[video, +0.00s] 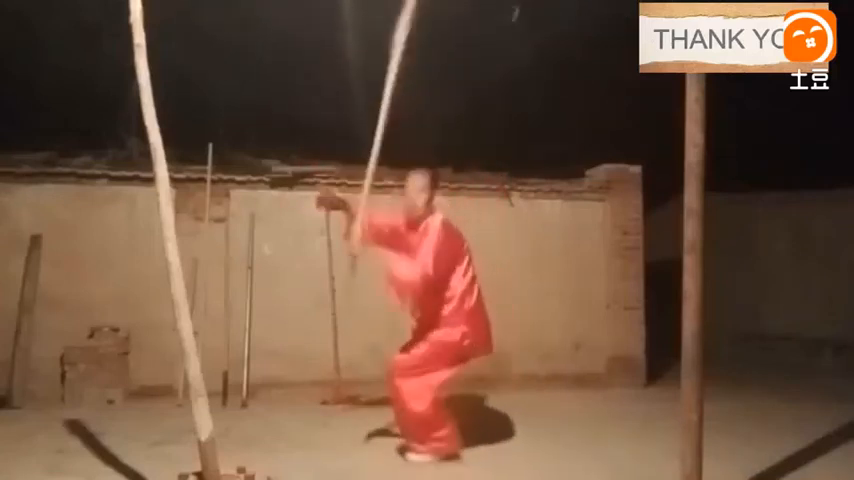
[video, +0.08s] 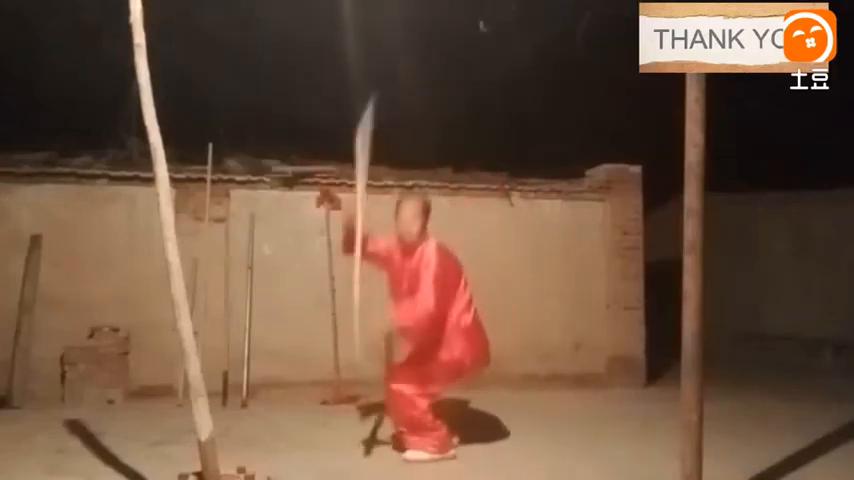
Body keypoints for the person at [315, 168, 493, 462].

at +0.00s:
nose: (416, 199)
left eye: (422, 191)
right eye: (411, 191)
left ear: (433, 195)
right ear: (403, 194)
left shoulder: (439, 230)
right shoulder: (411, 228)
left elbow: (423, 279)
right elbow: (371, 227)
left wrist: (386, 258)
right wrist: (343, 205)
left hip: (462, 332)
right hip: (439, 327)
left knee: (406, 369)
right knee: (401, 365)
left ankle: (439, 443)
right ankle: (420, 435)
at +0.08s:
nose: (406, 226)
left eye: (413, 220)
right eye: (402, 219)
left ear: (425, 222)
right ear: (395, 220)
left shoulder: (433, 255)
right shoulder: (395, 251)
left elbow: (428, 306)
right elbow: (359, 246)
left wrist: (393, 322)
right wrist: (343, 214)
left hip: (459, 345)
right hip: (435, 341)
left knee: (403, 384)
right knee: (397, 378)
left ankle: (435, 441)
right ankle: (416, 435)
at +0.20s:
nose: (403, 241)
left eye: (410, 235)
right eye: (399, 234)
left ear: (421, 237)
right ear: (392, 236)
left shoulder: (430, 270)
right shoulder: (393, 266)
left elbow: (426, 323)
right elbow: (366, 266)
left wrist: (396, 353)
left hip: (455, 349)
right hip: (431, 345)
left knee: (402, 385)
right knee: (394, 376)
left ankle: (434, 441)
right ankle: (412, 435)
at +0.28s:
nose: (402, 264)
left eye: (408, 258)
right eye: (396, 259)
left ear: (418, 260)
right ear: (389, 261)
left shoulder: (430, 293)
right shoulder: (393, 295)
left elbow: (425, 349)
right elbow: (358, 302)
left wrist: (388, 385)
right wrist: (345, 295)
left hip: (460, 369)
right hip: (432, 365)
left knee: (406, 385)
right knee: (393, 387)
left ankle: (433, 443)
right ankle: (415, 436)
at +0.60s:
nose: (398, 273)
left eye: (404, 266)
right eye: (392, 267)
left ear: (415, 269)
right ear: (385, 271)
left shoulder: (427, 300)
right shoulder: (389, 305)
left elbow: (423, 358)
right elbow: (360, 310)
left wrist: (387, 392)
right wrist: (345, 307)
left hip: (461, 376)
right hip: (431, 373)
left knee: (404, 387)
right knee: (390, 387)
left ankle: (434, 443)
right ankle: (416, 440)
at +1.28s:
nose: (444, 206)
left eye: (450, 199)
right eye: (438, 200)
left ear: (458, 203)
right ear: (428, 204)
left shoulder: (467, 236)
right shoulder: (420, 237)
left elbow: (477, 288)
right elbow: (380, 242)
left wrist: (447, 315)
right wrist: (340, 235)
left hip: (498, 311)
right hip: (462, 315)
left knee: (502, 364)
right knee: (428, 364)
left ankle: (538, 437)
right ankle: (432, 431)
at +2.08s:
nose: (547, 209)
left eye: (550, 202)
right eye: (540, 202)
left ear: (554, 204)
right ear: (520, 206)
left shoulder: (535, 233)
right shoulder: (519, 238)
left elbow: (573, 212)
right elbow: (577, 221)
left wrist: (592, 185)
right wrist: (628, 176)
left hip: (528, 343)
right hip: (496, 343)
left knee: (577, 378)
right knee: (456, 396)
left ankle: (615, 457)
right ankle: (395, 435)